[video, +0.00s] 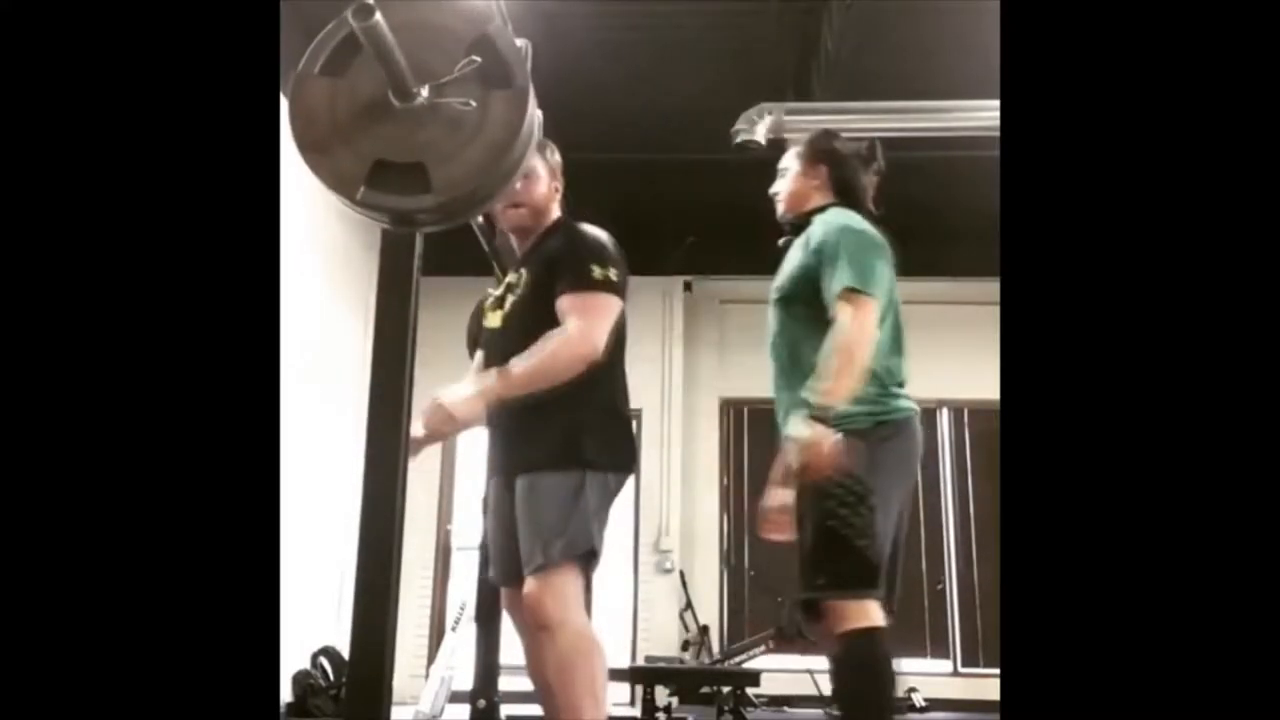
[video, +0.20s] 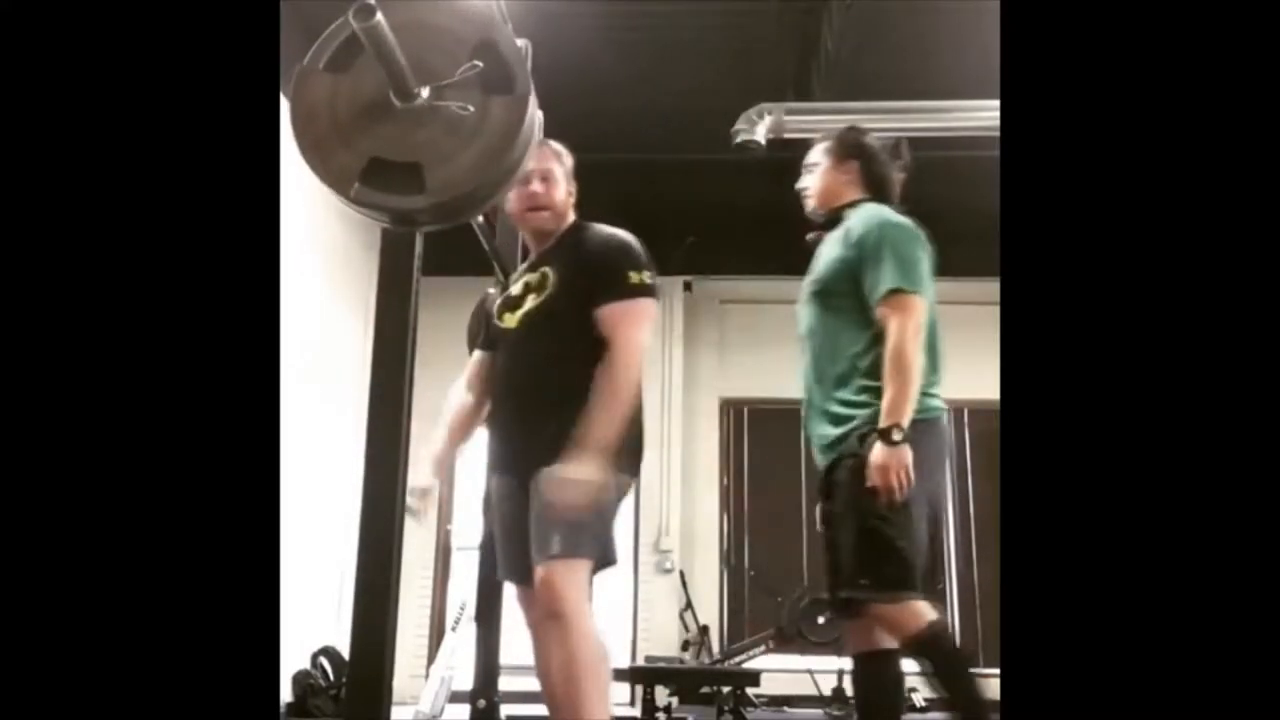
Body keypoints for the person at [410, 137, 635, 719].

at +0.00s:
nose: (514, 193)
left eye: (525, 178)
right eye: (502, 183)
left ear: (555, 180)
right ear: (487, 200)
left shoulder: (583, 243)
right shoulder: (502, 290)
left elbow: (585, 338)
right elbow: (485, 384)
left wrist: (486, 392)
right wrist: (422, 431)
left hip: (570, 454)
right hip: (515, 458)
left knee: (552, 599)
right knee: (522, 604)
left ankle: (588, 715)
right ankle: (565, 716)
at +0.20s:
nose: (535, 189)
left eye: (547, 177)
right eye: (522, 180)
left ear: (571, 190)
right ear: (504, 200)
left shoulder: (606, 250)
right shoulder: (501, 297)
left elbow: (628, 355)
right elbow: (474, 388)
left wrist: (589, 453)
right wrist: (438, 457)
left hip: (576, 454)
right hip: (513, 464)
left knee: (560, 591)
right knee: (535, 602)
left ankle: (592, 715)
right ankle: (565, 714)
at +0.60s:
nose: (643, 162)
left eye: (643, 151)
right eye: (629, 151)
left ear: (645, 156)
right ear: (581, 163)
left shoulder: (681, 234)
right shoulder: (530, 256)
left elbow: (735, 323)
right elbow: (507, 367)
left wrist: (764, 423)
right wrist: (513, 468)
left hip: (655, 451)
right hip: (563, 458)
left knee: (660, 596)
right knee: (570, 616)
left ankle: (671, 717)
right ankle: (574, 718)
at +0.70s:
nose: (679, 139)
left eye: (677, 127)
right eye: (664, 126)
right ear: (614, 140)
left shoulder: (709, 225)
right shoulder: (550, 237)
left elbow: (755, 319)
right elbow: (519, 346)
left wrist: (767, 410)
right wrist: (524, 454)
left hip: (686, 441)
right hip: (586, 445)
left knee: (679, 603)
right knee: (573, 610)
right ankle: (570, 719)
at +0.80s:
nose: (713, 123)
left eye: (710, 110)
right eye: (699, 110)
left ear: (701, 122)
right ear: (650, 123)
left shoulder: (739, 215)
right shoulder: (579, 215)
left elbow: (787, 313)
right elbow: (536, 326)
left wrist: (784, 397)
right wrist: (534, 438)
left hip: (709, 437)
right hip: (603, 436)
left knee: (698, 600)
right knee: (566, 597)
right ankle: (569, 717)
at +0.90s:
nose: (745, 114)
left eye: (743, 100)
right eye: (733, 99)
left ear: (711, 107)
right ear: (685, 105)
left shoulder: (765, 208)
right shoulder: (606, 197)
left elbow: (813, 306)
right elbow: (559, 309)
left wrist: (813, 394)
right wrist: (564, 418)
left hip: (729, 429)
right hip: (620, 421)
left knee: (707, 601)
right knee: (578, 584)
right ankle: (572, 710)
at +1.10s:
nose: (801, 91)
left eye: (798, 76)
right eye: (789, 73)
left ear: (754, 82)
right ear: (746, 78)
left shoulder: (798, 197)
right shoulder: (656, 157)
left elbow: (837, 297)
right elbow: (602, 266)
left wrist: (876, 366)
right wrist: (645, 350)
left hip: (757, 407)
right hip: (672, 382)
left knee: (718, 597)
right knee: (673, 528)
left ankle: (691, 718)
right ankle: (648, 697)